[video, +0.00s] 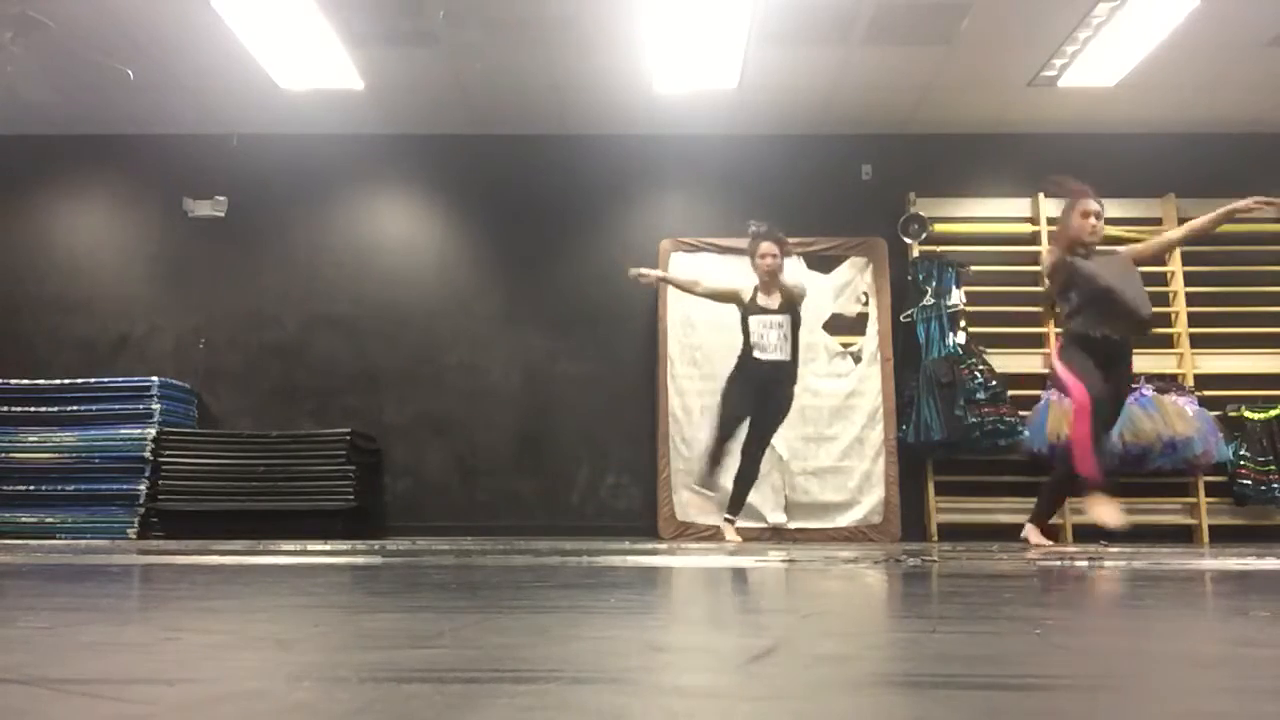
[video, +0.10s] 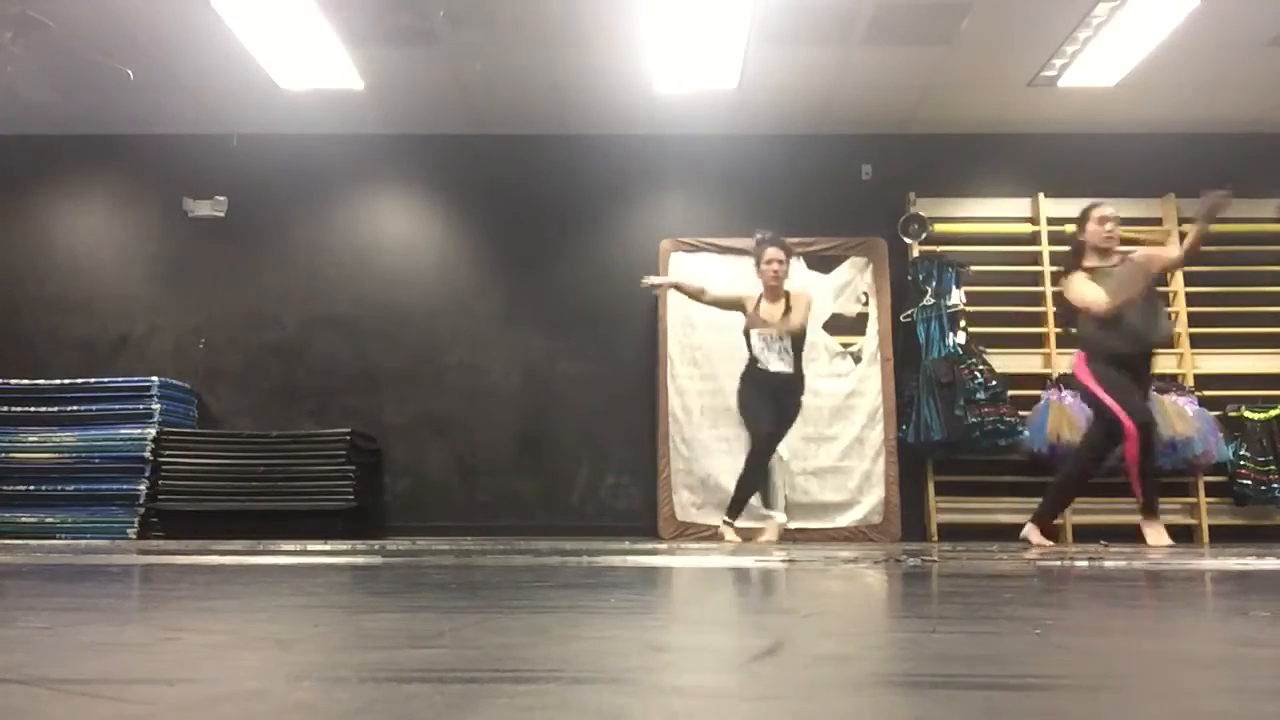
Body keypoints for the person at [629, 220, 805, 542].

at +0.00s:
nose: (769, 262)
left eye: (774, 256)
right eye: (763, 256)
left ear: (783, 260)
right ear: (753, 262)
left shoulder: (794, 296)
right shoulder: (744, 297)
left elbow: (796, 292)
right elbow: (698, 288)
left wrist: (779, 276)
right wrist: (661, 276)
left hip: (780, 387)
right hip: (746, 380)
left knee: (754, 452)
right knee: (725, 431)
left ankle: (730, 520)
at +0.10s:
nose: (776, 268)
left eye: (781, 262)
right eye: (769, 263)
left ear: (788, 266)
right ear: (758, 269)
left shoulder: (801, 300)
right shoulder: (749, 303)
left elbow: (796, 326)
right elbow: (706, 296)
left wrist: (766, 325)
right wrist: (674, 283)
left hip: (789, 390)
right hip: (754, 385)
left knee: (762, 451)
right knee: (764, 441)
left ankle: (728, 521)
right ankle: (772, 518)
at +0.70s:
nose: (886, 278)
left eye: (890, 272)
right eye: (879, 273)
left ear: (897, 277)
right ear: (864, 282)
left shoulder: (909, 297)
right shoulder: (862, 318)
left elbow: (956, 285)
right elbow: (856, 369)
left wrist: (1003, 274)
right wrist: (904, 382)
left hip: (902, 403)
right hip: (864, 402)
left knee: (950, 457)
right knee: (829, 460)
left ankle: (971, 529)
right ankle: (779, 523)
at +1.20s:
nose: (812, 295)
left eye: (819, 288)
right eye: (808, 289)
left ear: (836, 291)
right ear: (803, 293)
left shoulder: (855, 330)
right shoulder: (797, 323)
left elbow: (878, 370)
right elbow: (750, 313)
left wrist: (888, 413)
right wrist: (709, 300)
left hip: (859, 418)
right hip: (819, 418)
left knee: (912, 471)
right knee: (783, 454)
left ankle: (965, 526)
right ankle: (778, 528)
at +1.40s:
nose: (807, 253)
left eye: (810, 248)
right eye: (801, 246)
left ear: (809, 254)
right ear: (781, 248)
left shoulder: (811, 292)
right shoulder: (763, 281)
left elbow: (820, 334)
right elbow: (761, 257)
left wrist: (830, 363)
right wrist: (778, 222)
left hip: (807, 373)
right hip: (771, 376)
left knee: (849, 436)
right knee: (773, 448)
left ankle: (846, 466)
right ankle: (775, 523)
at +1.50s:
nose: (800, 238)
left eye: (802, 232)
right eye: (794, 231)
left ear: (796, 234)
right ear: (774, 227)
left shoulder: (786, 268)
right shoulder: (754, 256)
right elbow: (782, 205)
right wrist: (814, 161)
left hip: (790, 357)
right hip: (761, 359)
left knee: (820, 427)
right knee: (770, 435)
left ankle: (779, 480)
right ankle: (759, 518)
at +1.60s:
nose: (784, 219)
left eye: (783, 212)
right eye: (779, 212)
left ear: (760, 214)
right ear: (766, 213)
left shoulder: (752, 256)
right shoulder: (761, 246)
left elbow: (727, 307)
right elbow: (774, 195)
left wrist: (706, 347)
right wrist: (779, 152)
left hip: (761, 352)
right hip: (763, 354)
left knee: (779, 424)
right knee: (764, 430)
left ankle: (742, 482)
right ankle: (748, 512)